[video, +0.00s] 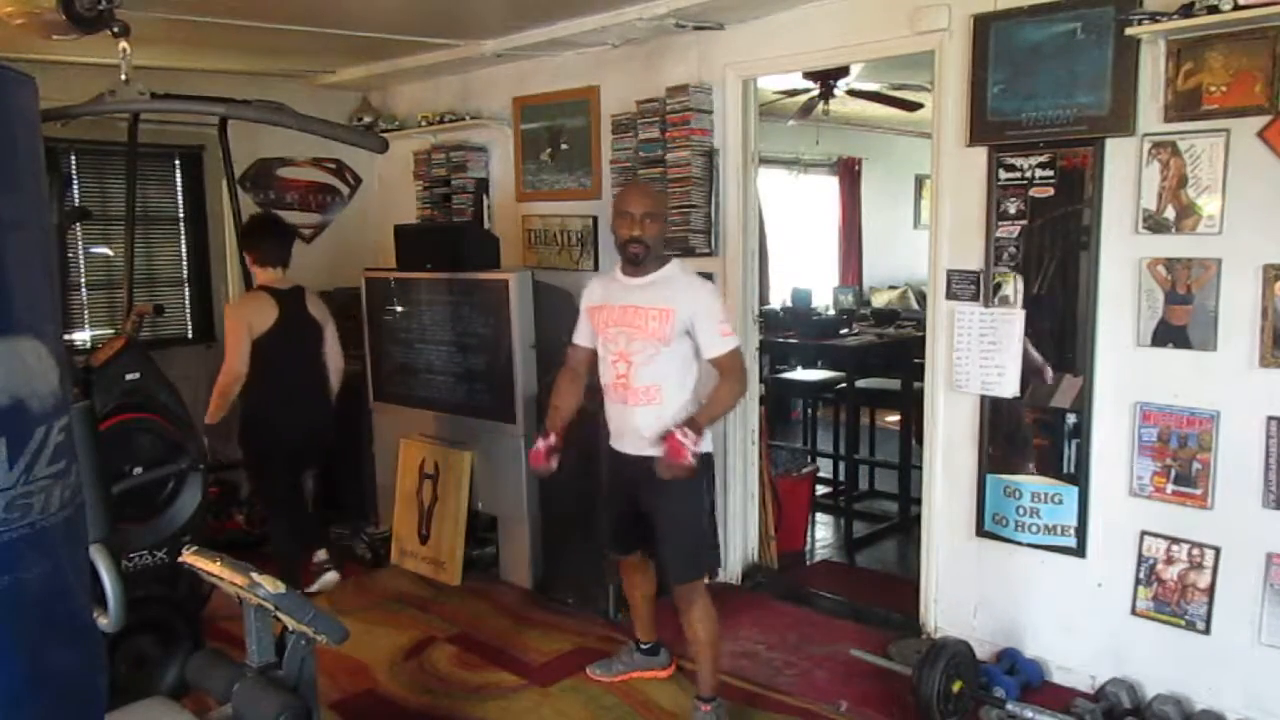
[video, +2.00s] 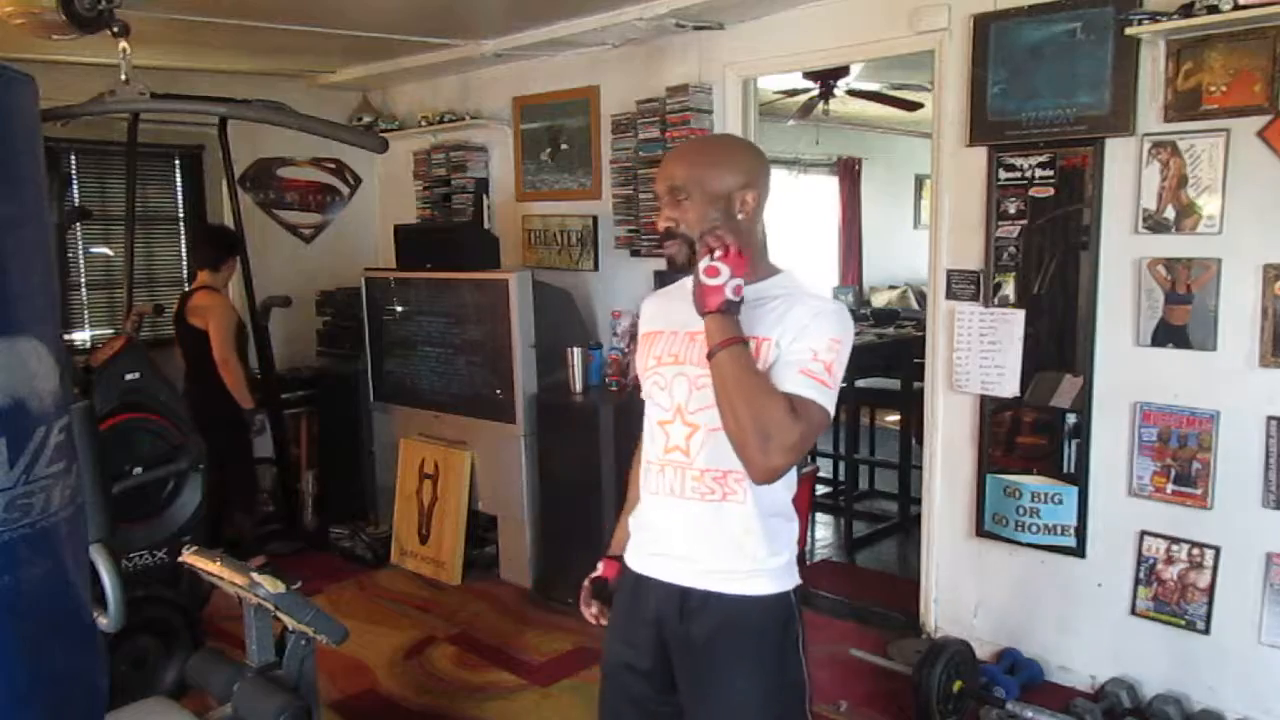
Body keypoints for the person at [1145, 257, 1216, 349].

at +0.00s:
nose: (1180, 273)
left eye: (1183, 269)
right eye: (1177, 269)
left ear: (1189, 271)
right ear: (1172, 272)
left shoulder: (1192, 287)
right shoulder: (1168, 286)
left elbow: (1212, 268)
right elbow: (1151, 266)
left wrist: (1198, 261)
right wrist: (1166, 261)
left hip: (1182, 329)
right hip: (1165, 328)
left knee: (1189, 358)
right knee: (1154, 356)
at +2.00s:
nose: (1182, 272)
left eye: (1184, 269)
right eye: (1180, 269)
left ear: (1188, 272)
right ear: (1174, 271)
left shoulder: (1192, 287)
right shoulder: (1168, 286)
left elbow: (1213, 268)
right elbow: (1151, 266)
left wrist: (1195, 262)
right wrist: (1165, 261)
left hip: (1181, 329)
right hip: (1165, 327)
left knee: (1191, 357)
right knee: (1154, 356)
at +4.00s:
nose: (1181, 272)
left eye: (1184, 269)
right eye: (1178, 269)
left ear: (1188, 272)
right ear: (1173, 271)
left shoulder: (1192, 287)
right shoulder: (1168, 286)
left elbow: (1213, 268)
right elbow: (1151, 265)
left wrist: (1194, 262)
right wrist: (1166, 261)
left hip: (1182, 329)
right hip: (1165, 327)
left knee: (1189, 358)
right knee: (1154, 356)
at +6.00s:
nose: (1179, 273)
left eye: (1183, 269)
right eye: (1176, 270)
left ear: (1188, 273)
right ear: (1172, 272)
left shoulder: (1191, 287)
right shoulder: (1168, 286)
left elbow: (1213, 268)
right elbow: (1151, 265)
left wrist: (1195, 262)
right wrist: (1166, 262)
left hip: (1181, 329)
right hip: (1164, 328)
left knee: (1191, 357)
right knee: (1154, 356)